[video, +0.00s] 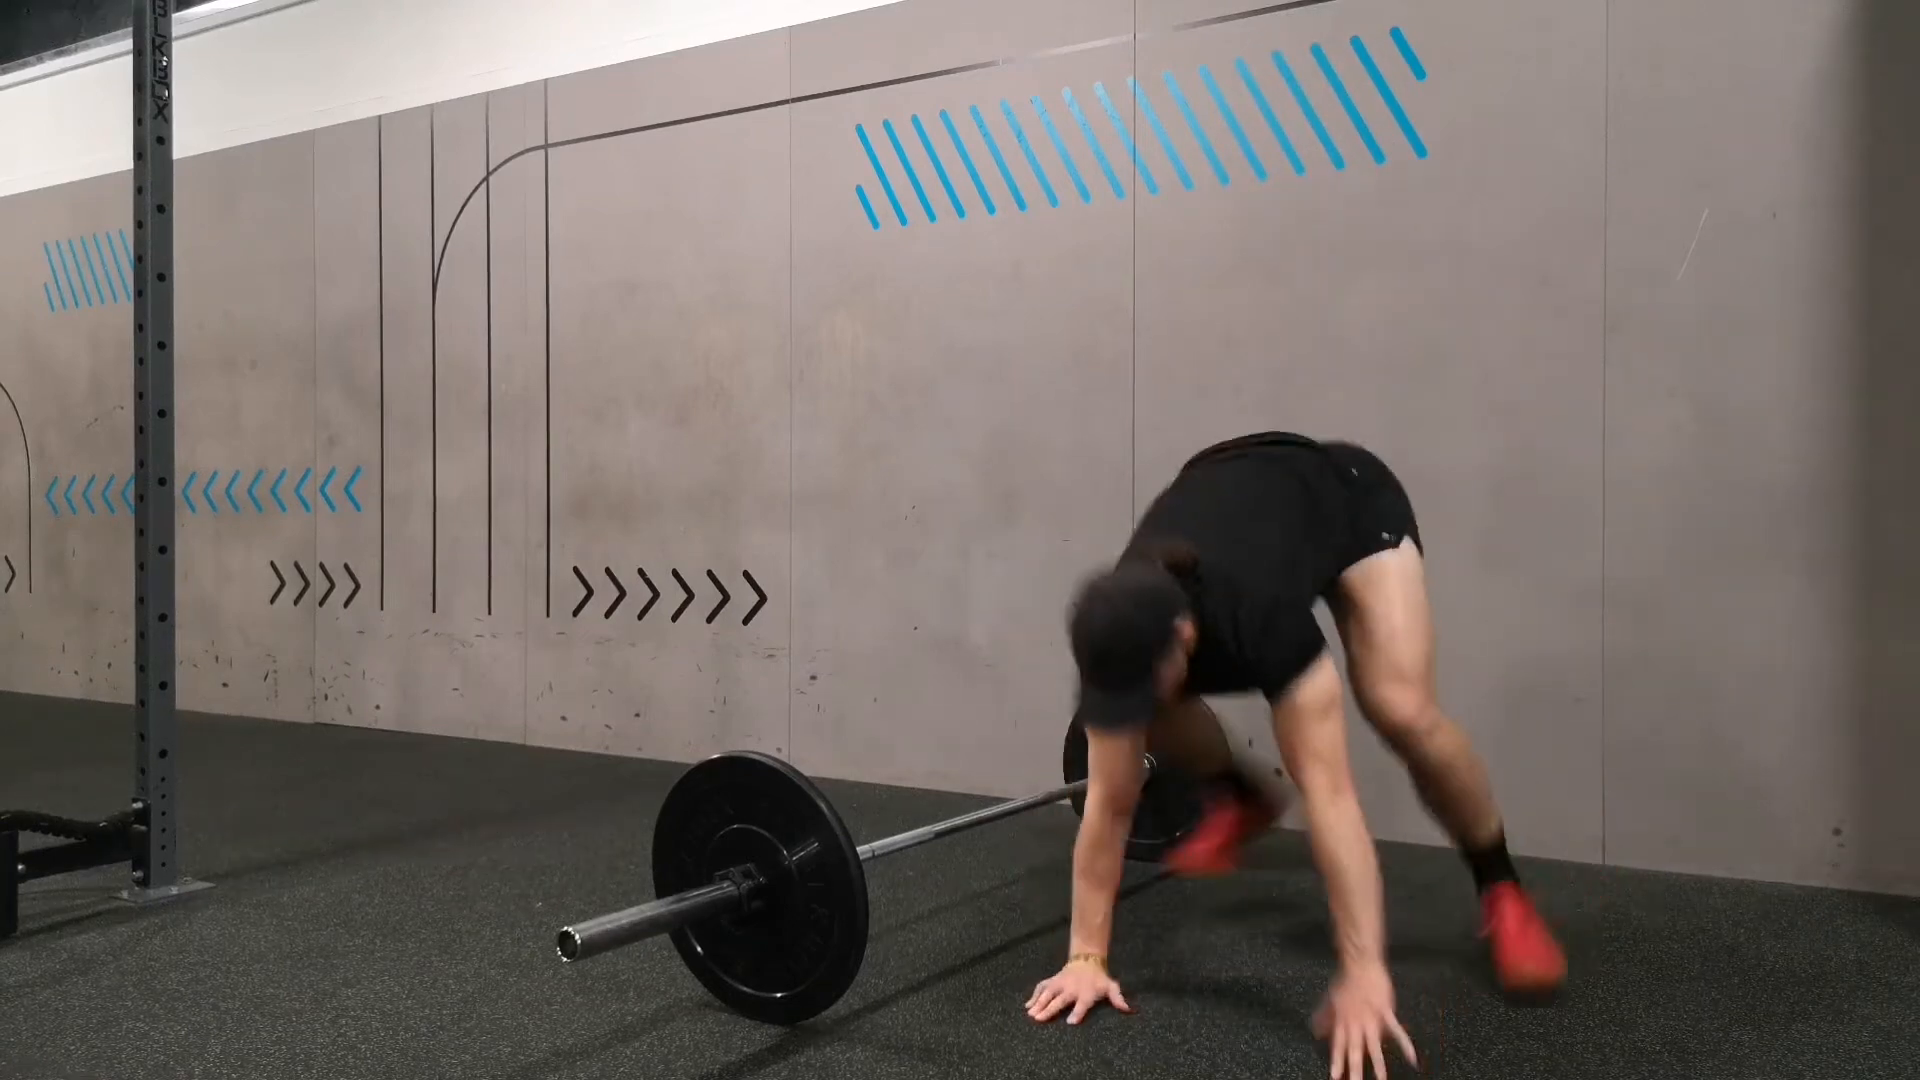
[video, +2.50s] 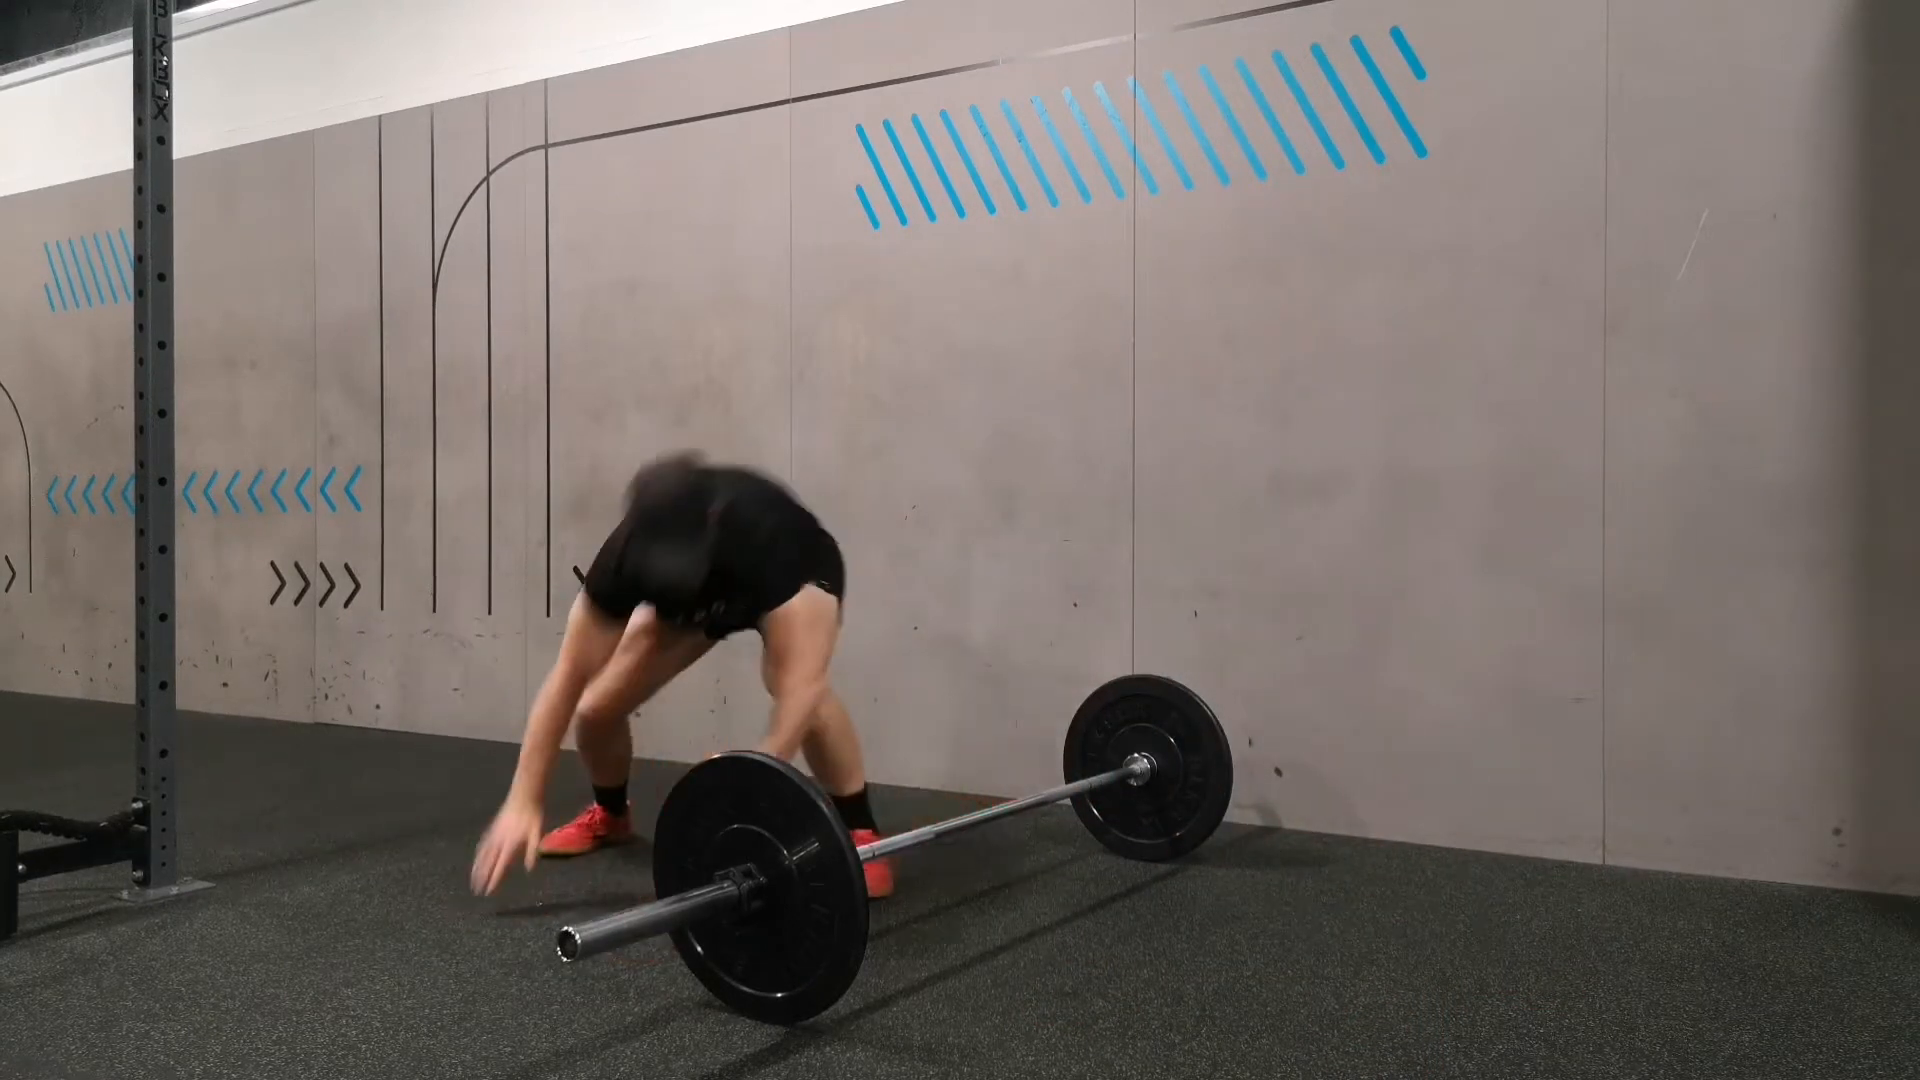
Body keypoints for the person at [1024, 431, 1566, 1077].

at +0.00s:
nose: (1148, 704)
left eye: (1153, 689)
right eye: (1127, 698)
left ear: (1179, 641)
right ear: (1091, 652)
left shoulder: (1266, 621)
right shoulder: (1113, 641)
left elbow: (1328, 794)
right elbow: (1107, 806)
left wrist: (1362, 969)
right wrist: (1086, 958)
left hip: (1343, 489)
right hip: (1221, 485)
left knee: (1403, 710)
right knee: (1144, 690)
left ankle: (1500, 888)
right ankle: (1241, 796)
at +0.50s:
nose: (853, 289)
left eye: (857, 273)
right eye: (845, 278)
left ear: (901, 244)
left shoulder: (991, 271)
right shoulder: (861, 319)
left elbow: (1107, 404)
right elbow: (836, 439)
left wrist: (1172, 538)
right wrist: (869, 529)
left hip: (1083, 402)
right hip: (994, 429)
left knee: (973, 450)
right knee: (956, 593)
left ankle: (1073, 646)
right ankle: (1118, 677)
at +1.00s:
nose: (631, 582)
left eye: (632, 568)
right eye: (621, 574)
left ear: (662, 534)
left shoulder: (741, 532)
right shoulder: (645, 543)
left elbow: (771, 698)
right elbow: (619, 675)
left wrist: (774, 831)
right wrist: (585, 798)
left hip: (876, 513)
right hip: (788, 527)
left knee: (815, 661)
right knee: (718, 680)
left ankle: (877, 843)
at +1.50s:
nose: (465, 847)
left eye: (462, 835)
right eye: (454, 842)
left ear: (489, 801)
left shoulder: (594, 785)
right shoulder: (505, 767)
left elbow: (705, 799)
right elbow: (509, 816)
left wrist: (679, 913)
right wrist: (521, 882)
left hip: (747, 786)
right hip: (689, 763)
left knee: (870, 801)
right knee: (775, 765)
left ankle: (952, 753)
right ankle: (844, 749)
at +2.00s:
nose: (495, 728)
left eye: (497, 713)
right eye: (485, 721)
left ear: (532, 674)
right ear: (497, 695)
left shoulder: (623, 680)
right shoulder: (511, 697)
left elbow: (717, 790)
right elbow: (492, 782)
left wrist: (684, 910)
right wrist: (518, 878)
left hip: (767, 746)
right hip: (691, 758)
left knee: (870, 816)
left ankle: (968, 756)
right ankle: (838, 760)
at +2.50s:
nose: (665, 603)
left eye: (681, 592)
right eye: (660, 597)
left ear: (708, 545)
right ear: (636, 547)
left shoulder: (766, 541)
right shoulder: (623, 557)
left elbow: (803, 679)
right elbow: (568, 678)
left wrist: (768, 763)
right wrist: (522, 801)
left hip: (791, 583)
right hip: (692, 593)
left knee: (805, 695)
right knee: (595, 712)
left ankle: (862, 839)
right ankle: (610, 815)